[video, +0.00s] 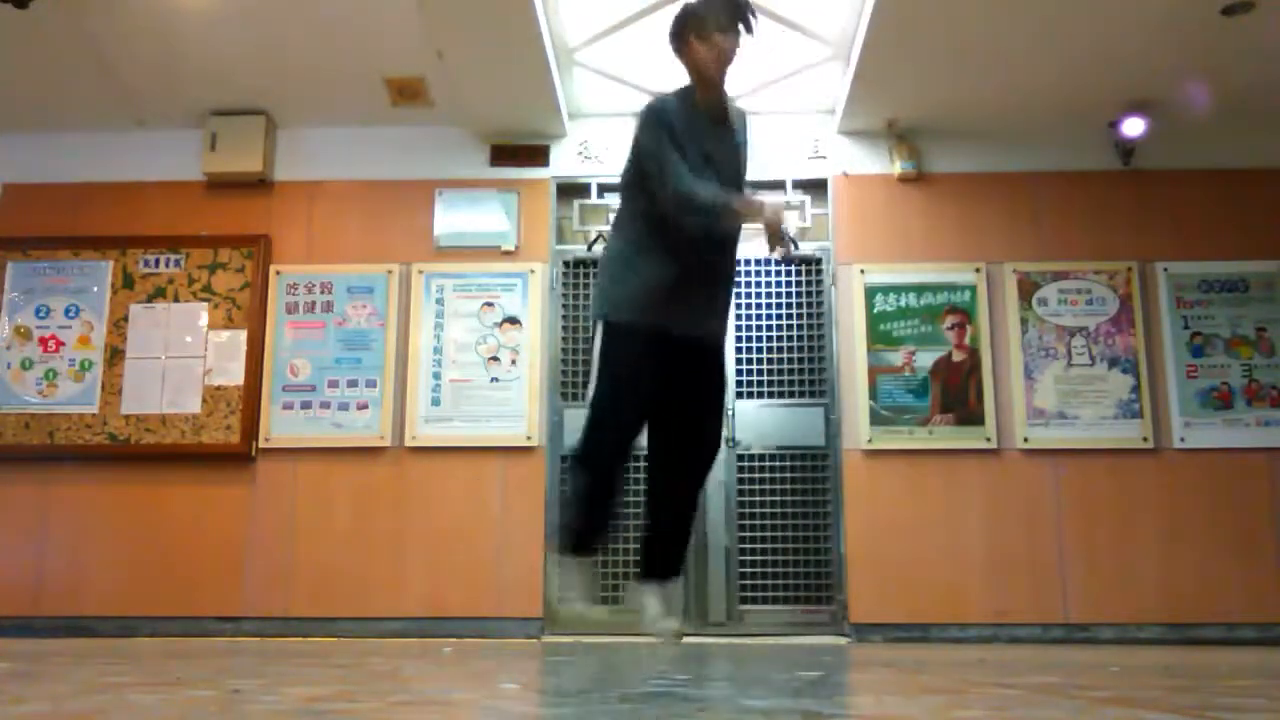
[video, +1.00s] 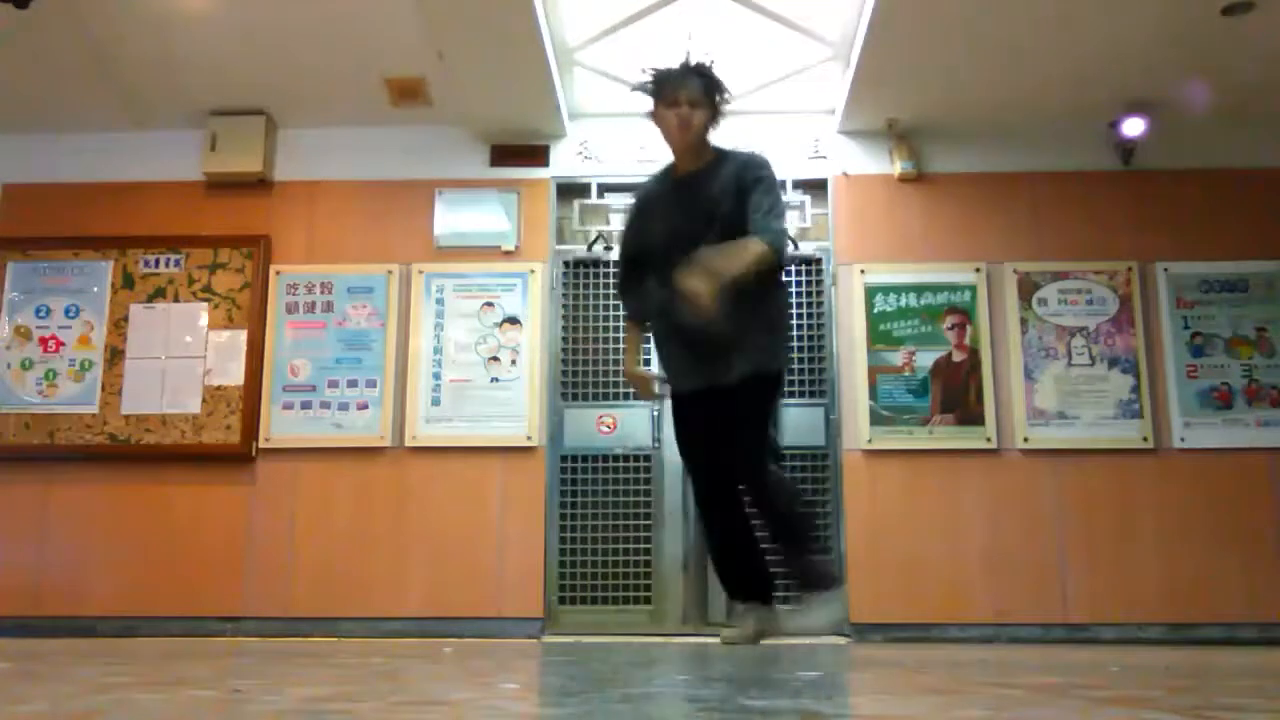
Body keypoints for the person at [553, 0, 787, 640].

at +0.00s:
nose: (726, 47)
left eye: (731, 37)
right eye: (714, 37)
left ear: (737, 45)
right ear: (687, 45)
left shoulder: (731, 123)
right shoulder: (661, 115)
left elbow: (723, 199)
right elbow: (680, 194)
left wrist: (765, 222)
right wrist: (755, 208)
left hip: (699, 314)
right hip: (639, 307)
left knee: (689, 447)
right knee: (613, 427)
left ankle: (657, 579)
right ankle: (575, 552)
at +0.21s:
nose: (681, 61)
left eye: (687, 49)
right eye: (666, 51)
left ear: (700, 56)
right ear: (641, 63)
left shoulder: (726, 132)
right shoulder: (621, 132)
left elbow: (786, 214)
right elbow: (642, 187)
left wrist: (780, 201)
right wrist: (723, 164)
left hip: (713, 325)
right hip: (640, 332)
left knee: (745, 456)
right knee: (659, 470)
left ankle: (760, 578)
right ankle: (679, 598)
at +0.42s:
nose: (662, 103)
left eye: (672, 92)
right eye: (649, 92)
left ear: (688, 103)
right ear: (629, 105)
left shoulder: (721, 163)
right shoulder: (604, 185)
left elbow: (760, 236)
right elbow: (593, 267)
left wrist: (770, 296)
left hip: (720, 350)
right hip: (645, 358)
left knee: (762, 463)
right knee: (657, 487)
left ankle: (803, 569)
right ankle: (680, 602)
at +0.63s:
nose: (664, 72)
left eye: (673, 60)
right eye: (650, 61)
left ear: (688, 67)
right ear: (628, 71)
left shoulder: (730, 137)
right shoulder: (607, 158)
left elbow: (796, 200)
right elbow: (568, 238)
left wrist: (843, 258)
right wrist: (541, 305)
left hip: (717, 319)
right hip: (645, 327)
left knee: (703, 446)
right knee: (655, 451)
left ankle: (666, 585)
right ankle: (709, 567)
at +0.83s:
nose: (665, 110)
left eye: (677, 100)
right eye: (654, 100)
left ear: (696, 109)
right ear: (638, 111)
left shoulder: (736, 173)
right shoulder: (623, 193)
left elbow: (798, 241)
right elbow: (593, 268)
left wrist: (852, 295)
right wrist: (565, 322)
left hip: (725, 351)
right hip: (659, 357)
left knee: (672, 470)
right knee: (674, 480)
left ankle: (653, 599)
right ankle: (738, 589)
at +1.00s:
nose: (679, 116)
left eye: (690, 105)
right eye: (668, 106)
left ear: (712, 113)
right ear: (656, 116)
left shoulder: (746, 171)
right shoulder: (652, 199)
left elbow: (769, 239)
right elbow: (634, 283)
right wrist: (631, 358)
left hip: (753, 355)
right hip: (689, 366)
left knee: (749, 466)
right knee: (711, 486)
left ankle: (818, 586)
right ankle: (752, 602)